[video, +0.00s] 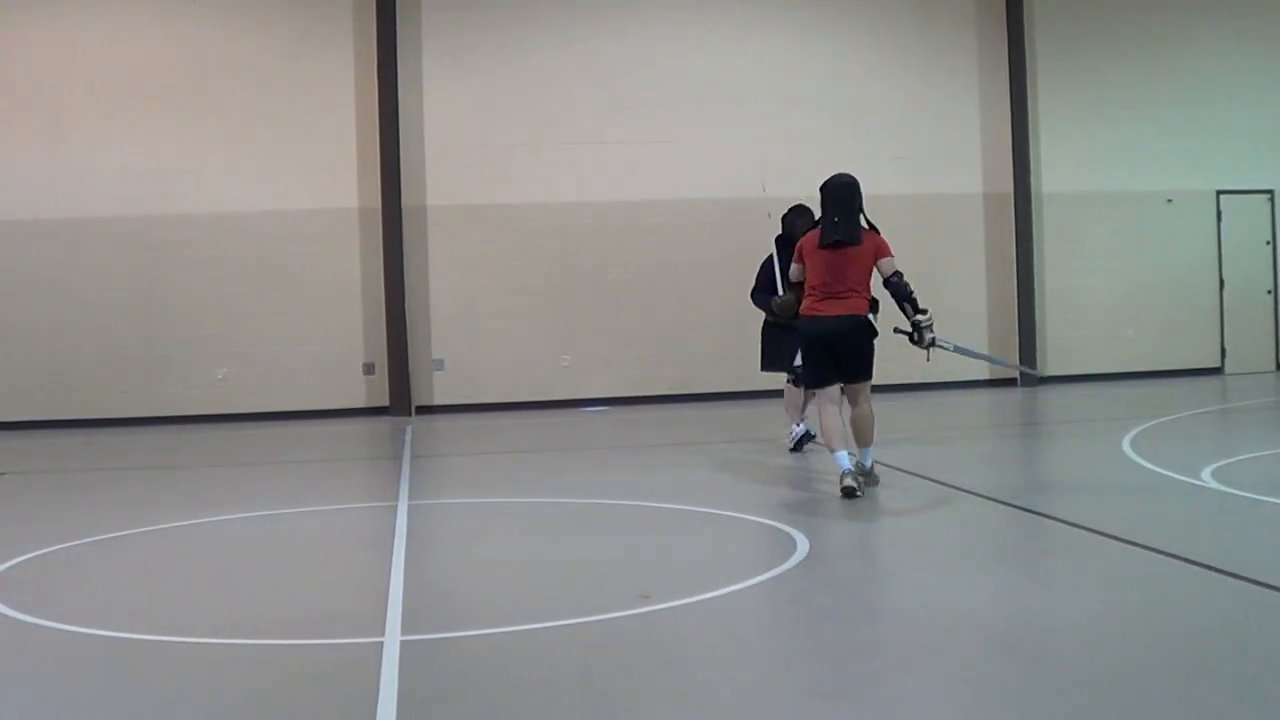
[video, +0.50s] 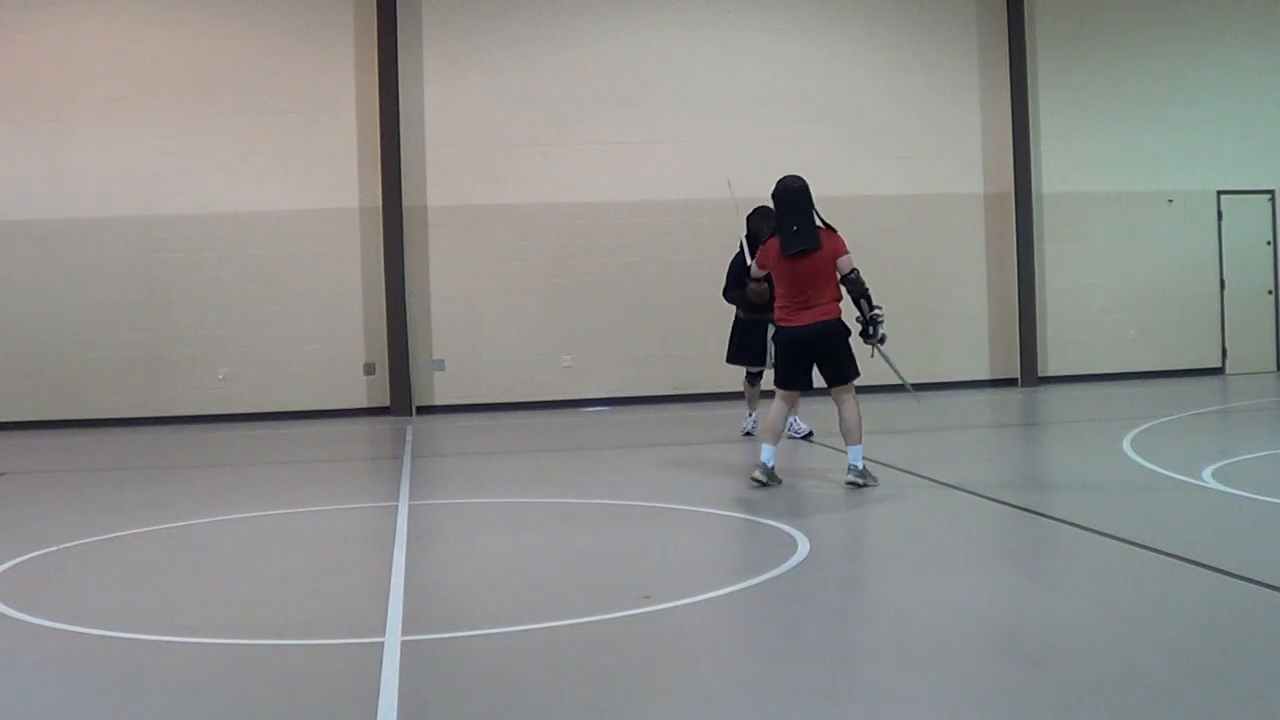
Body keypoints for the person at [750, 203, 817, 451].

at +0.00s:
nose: (808, 232)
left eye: (810, 226)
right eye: (803, 227)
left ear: (814, 227)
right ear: (790, 229)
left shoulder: (818, 256)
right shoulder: (778, 259)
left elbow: (840, 284)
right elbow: (758, 293)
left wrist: (867, 301)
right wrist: (774, 304)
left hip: (812, 322)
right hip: (785, 325)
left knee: (814, 375)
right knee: (796, 374)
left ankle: (799, 420)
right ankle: (796, 426)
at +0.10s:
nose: (798, 242)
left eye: (803, 237)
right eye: (794, 236)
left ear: (809, 238)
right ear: (784, 236)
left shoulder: (814, 263)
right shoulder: (774, 265)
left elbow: (822, 292)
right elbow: (756, 300)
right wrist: (773, 311)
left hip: (807, 325)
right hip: (777, 326)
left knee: (807, 372)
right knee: (788, 368)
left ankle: (800, 421)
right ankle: (791, 423)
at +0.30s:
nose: (784, 238)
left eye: (789, 231)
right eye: (779, 231)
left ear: (794, 231)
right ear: (770, 232)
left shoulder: (802, 254)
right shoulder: (758, 256)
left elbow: (814, 285)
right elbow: (743, 289)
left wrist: (804, 309)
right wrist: (761, 301)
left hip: (799, 317)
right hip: (767, 320)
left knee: (799, 375)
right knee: (769, 375)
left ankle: (796, 422)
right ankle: (766, 405)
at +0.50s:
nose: (770, 235)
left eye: (773, 230)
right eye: (764, 230)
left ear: (778, 229)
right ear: (754, 231)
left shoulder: (785, 254)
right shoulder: (743, 259)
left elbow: (797, 284)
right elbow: (730, 292)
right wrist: (750, 300)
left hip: (785, 318)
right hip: (753, 321)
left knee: (790, 371)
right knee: (753, 373)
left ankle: (793, 419)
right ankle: (751, 416)